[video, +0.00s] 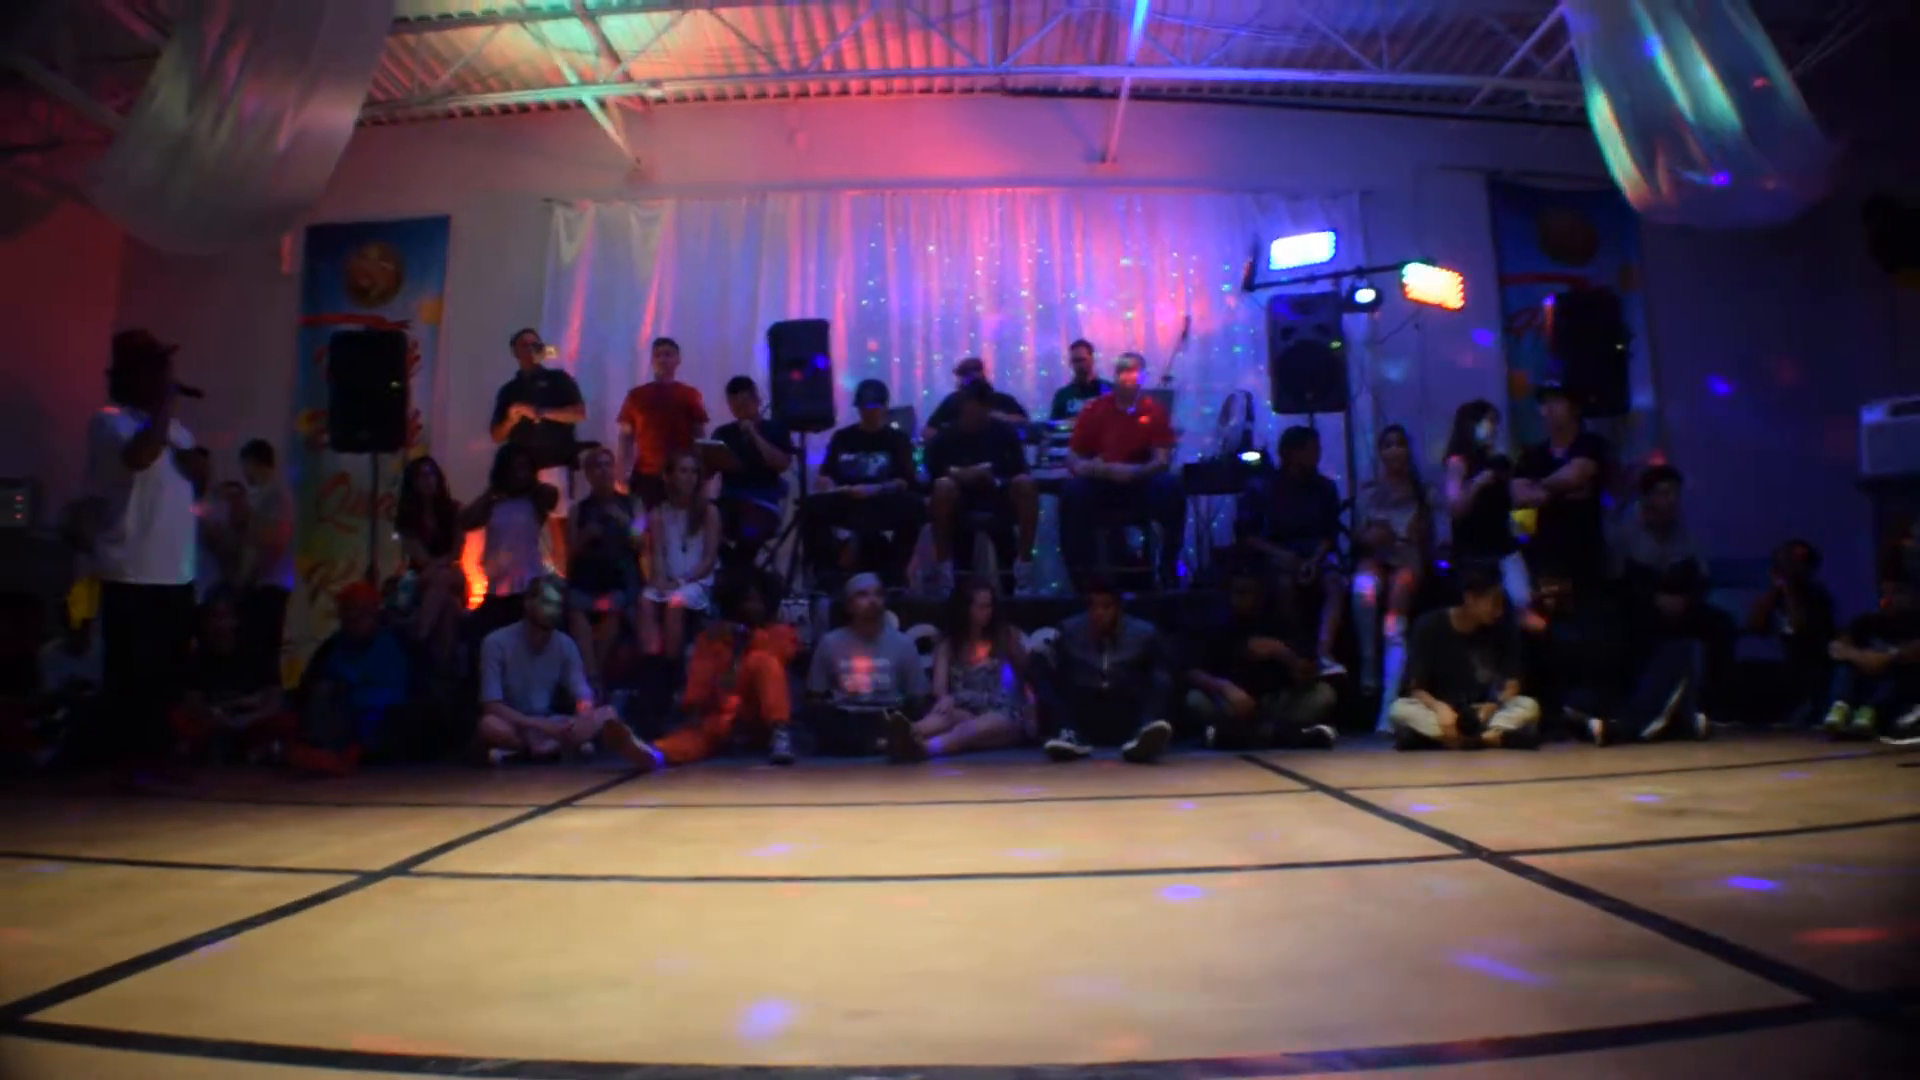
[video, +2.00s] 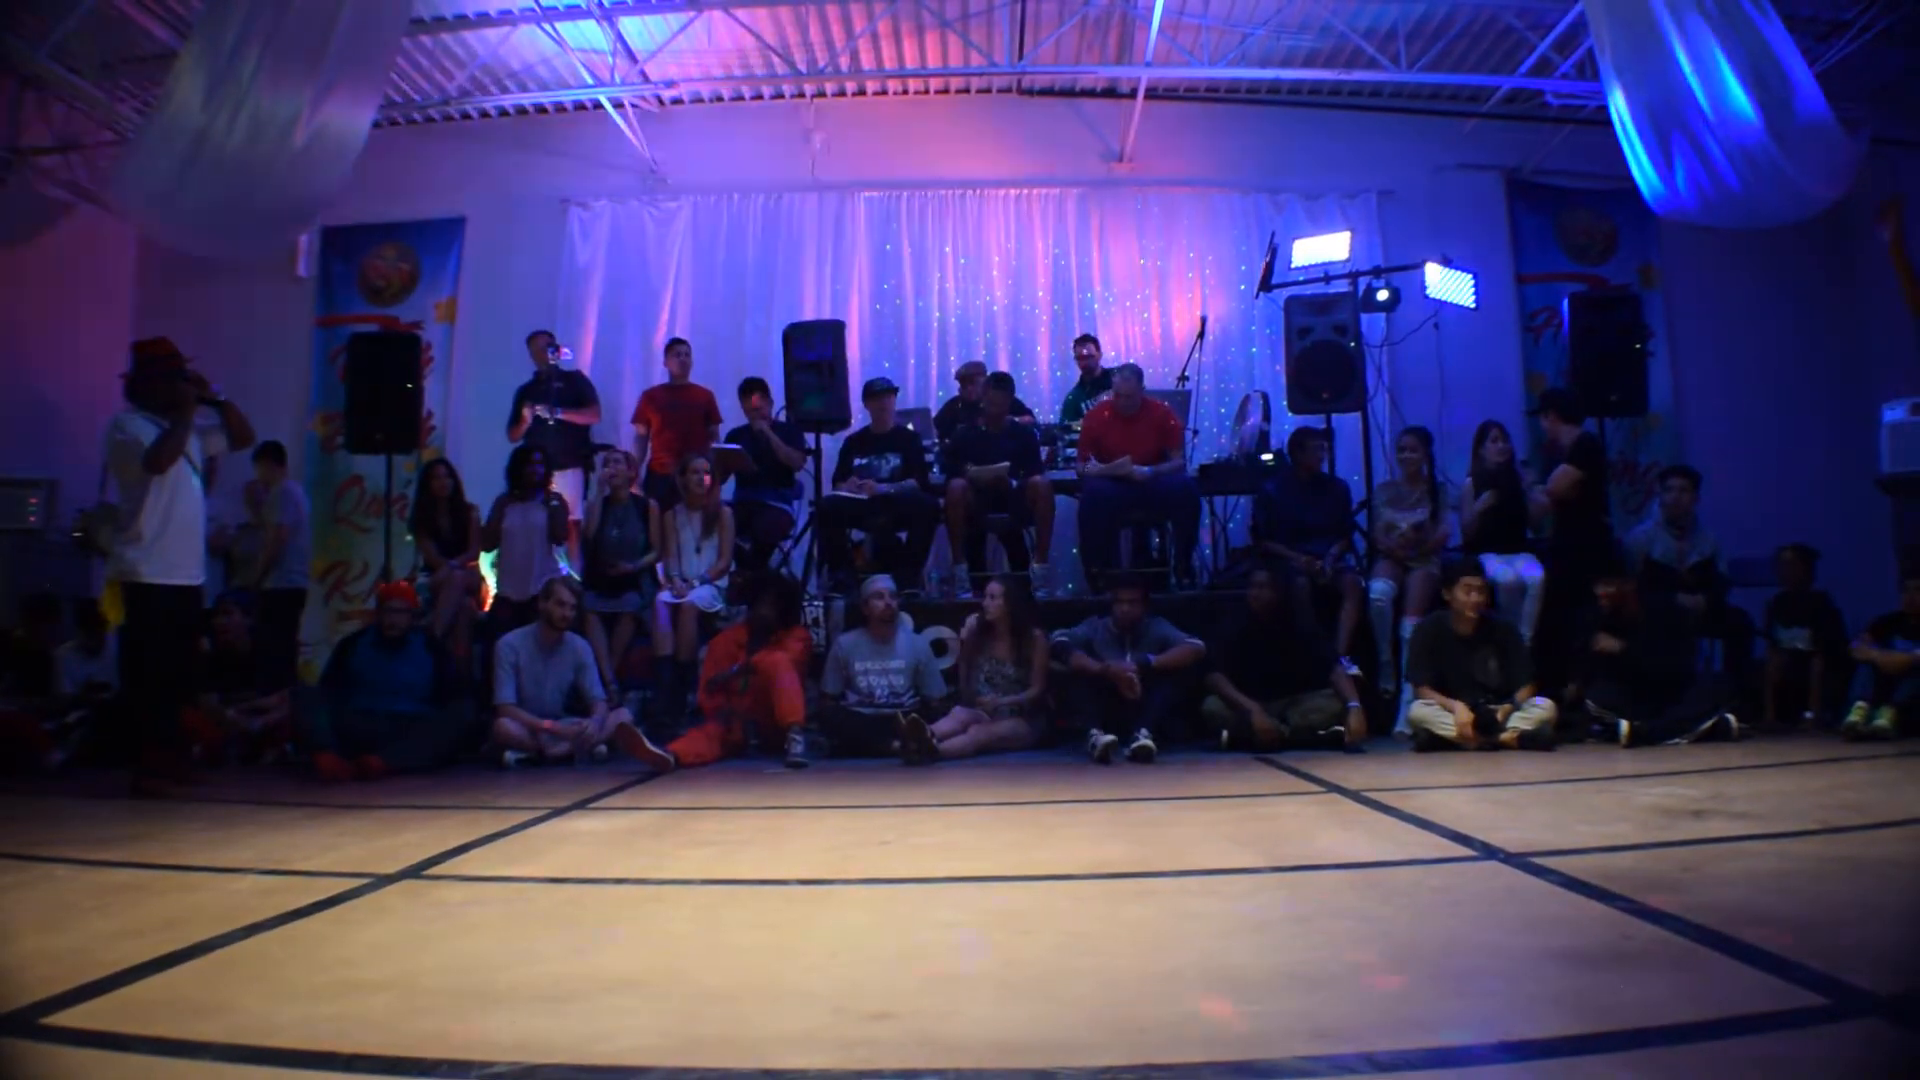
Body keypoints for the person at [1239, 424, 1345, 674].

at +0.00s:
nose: (1315, 457)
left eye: (1316, 451)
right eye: (1309, 451)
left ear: (1316, 453)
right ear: (1289, 453)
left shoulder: (1324, 487)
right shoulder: (1263, 487)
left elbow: (1329, 534)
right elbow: (1247, 535)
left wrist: (1314, 562)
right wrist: (1286, 558)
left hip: (1313, 559)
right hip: (1276, 560)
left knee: (1336, 583)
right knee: (1283, 583)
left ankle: (1324, 653)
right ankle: (1287, 654)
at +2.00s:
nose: (1322, 455)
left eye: (1323, 449)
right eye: (1315, 450)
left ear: (1326, 453)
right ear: (1297, 453)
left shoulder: (1336, 487)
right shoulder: (1276, 487)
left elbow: (1346, 534)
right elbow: (1263, 539)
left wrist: (1330, 558)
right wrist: (1299, 560)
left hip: (1327, 558)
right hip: (1290, 559)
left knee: (1353, 584)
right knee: (1299, 585)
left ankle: (1342, 655)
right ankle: (1308, 654)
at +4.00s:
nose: (1310, 449)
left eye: (1316, 443)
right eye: (1304, 444)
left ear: (1324, 449)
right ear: (1294, 450)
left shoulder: (1340, 485)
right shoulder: (1278, 485)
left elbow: (1346, 532)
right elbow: (1267, 535)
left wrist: (1331, 561)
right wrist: (1301, 559)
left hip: (1330, 558)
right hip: (1294, 558)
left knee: (1354, 583)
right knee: (1299, 585)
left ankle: (1357, 655)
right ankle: (1310, 662)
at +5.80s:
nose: (1294, 446)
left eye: (1301, 442)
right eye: (1295, 441)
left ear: (1320, 451)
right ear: (1295, 445)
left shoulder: (1340, 487)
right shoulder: (1279, 480)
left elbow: (1338, 536)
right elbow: (1264, 529)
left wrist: (1327, 572)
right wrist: (1298, 550)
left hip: (1324, 557)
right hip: (1288, 556)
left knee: (1351, 583)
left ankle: (1348, 658)